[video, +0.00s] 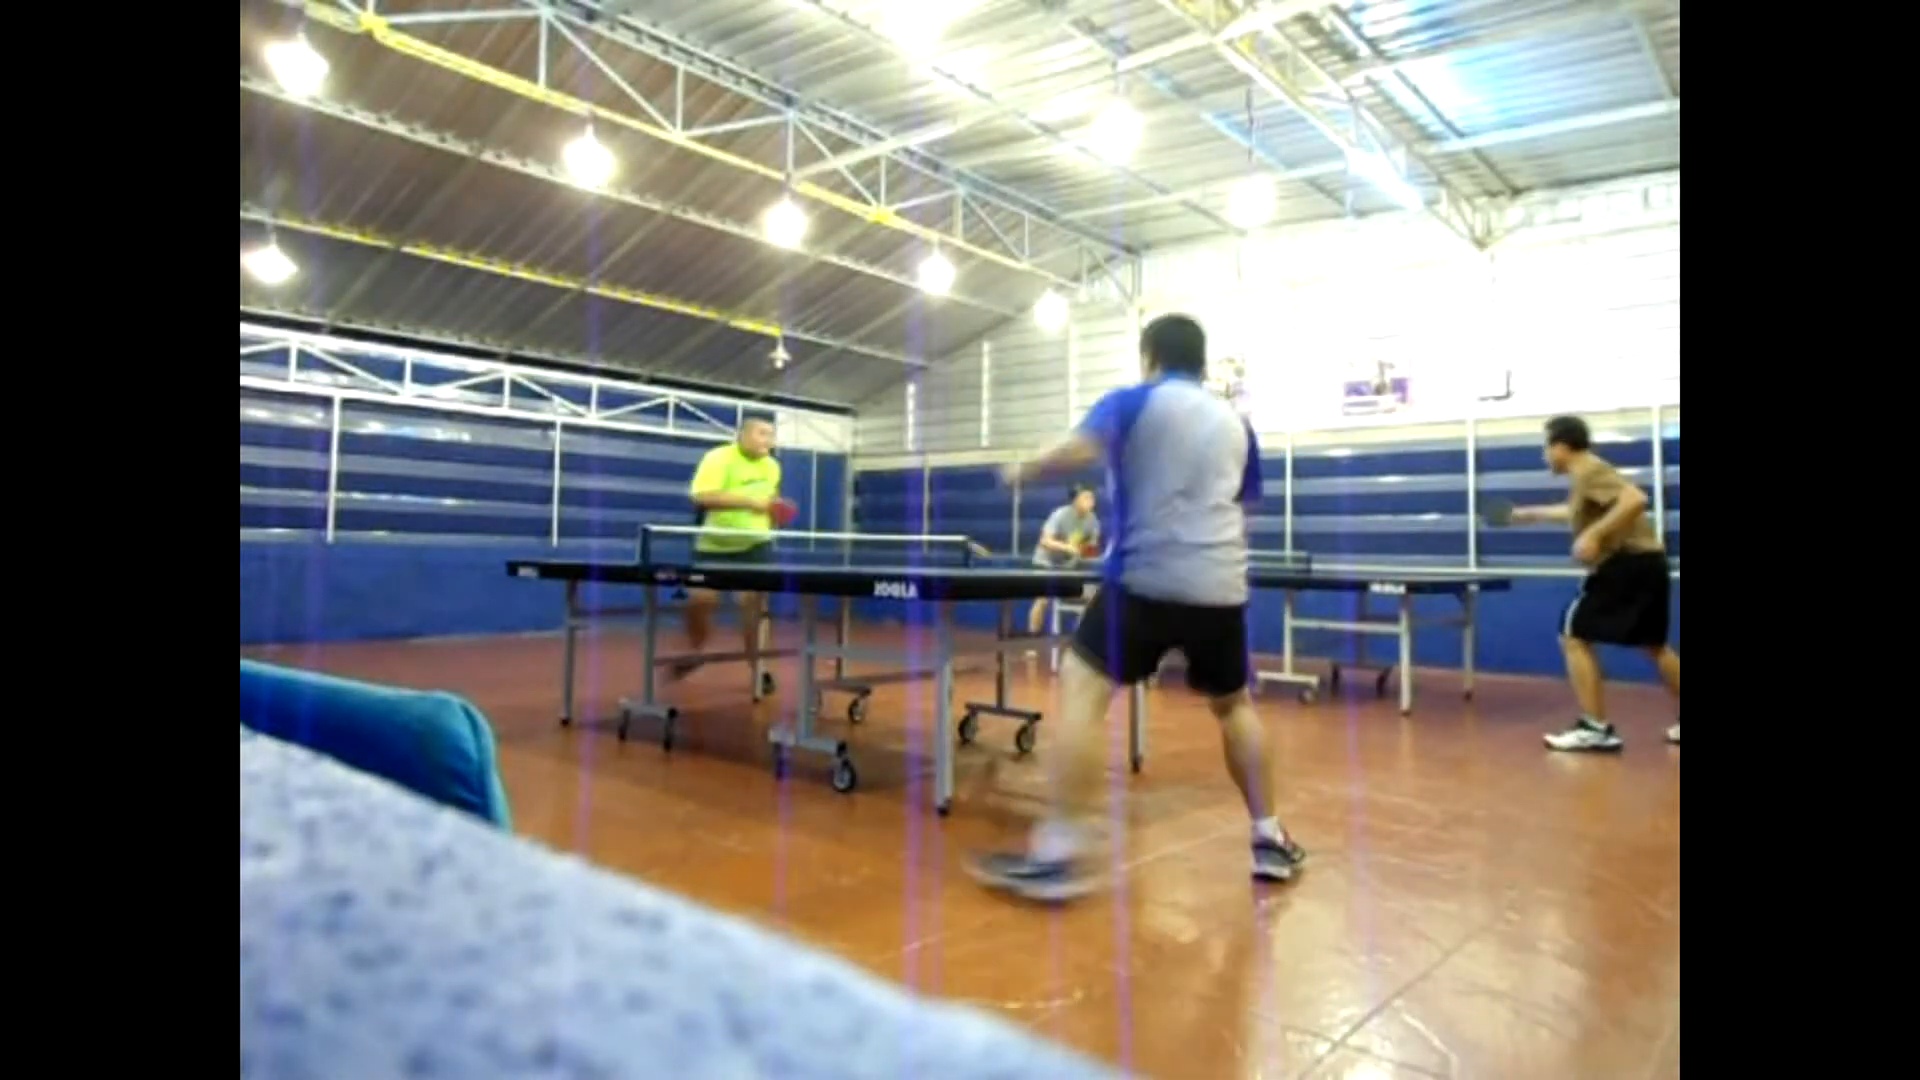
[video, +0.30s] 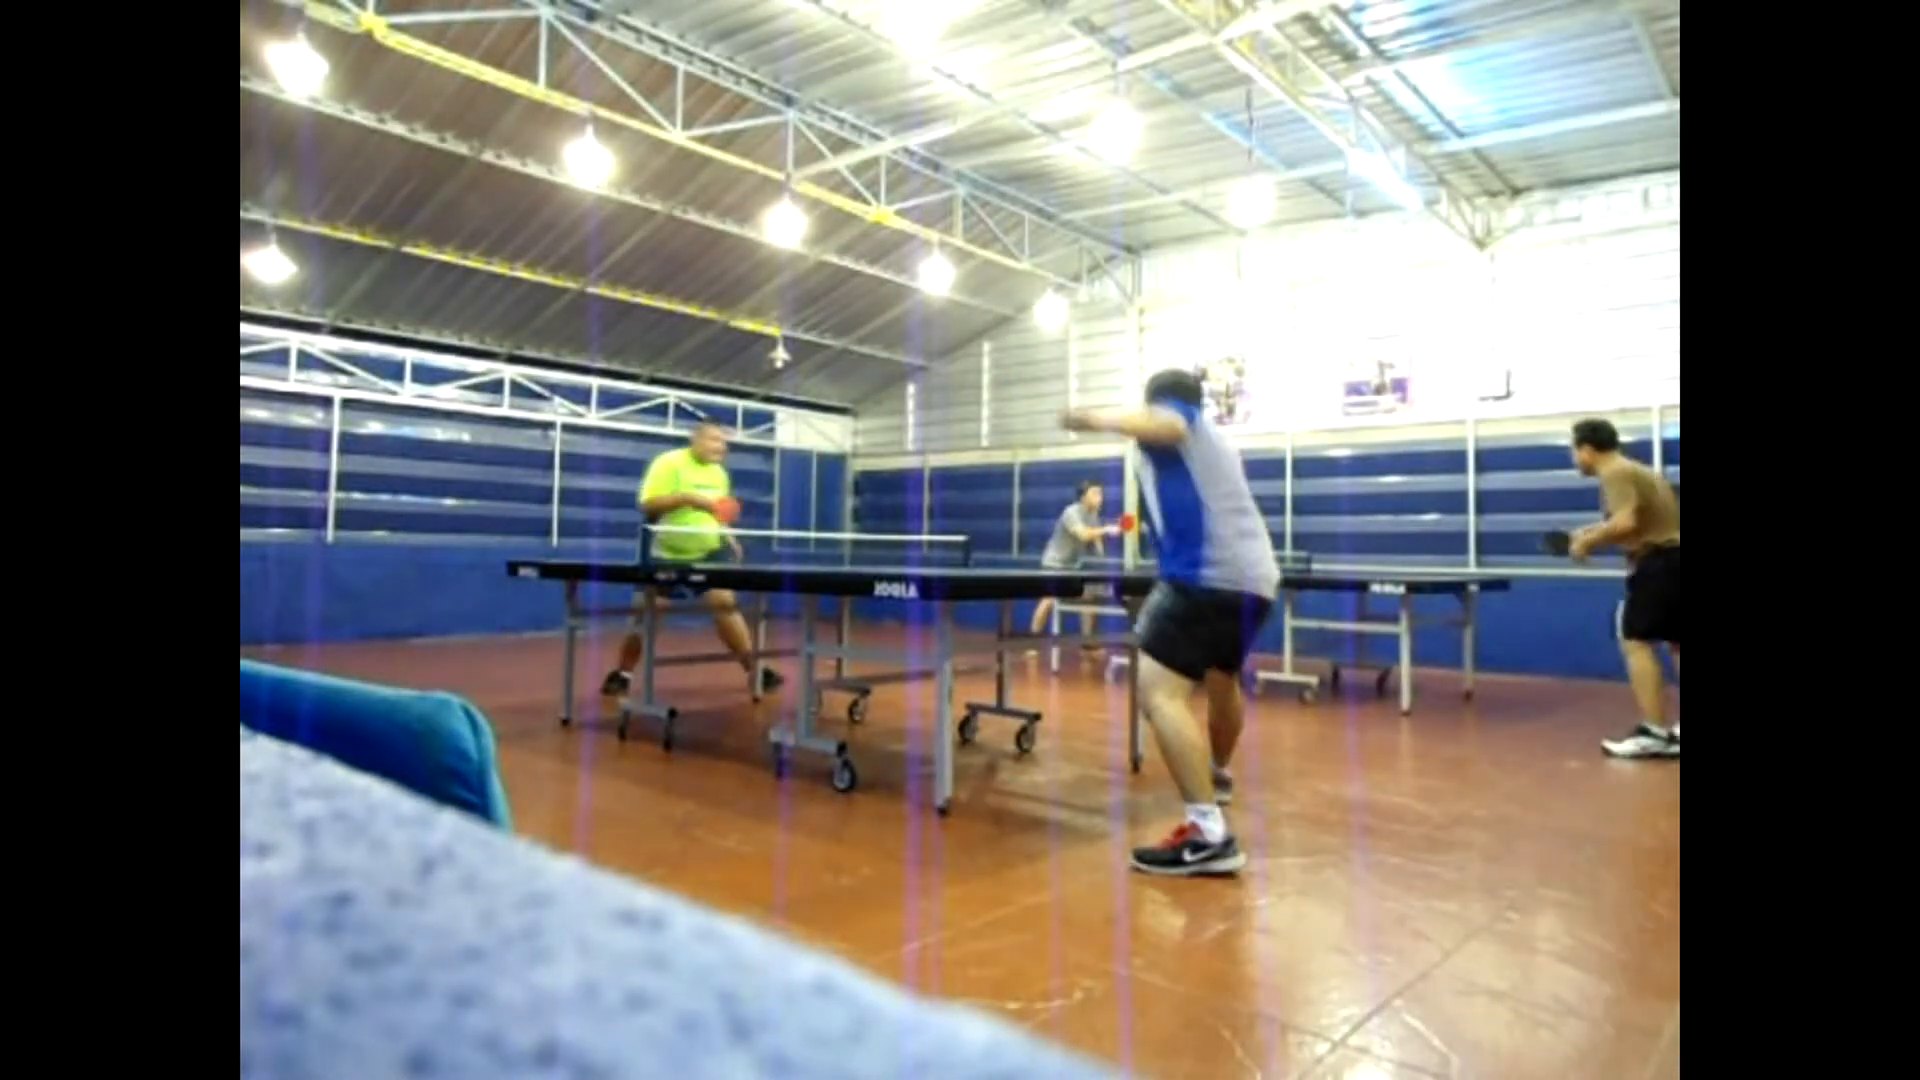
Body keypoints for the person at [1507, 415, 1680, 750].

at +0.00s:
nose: (1547, 455)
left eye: (1549, 447)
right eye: (1547, 447)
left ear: (1564, 446)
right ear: (1575, 445)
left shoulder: (1589, 470)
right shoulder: (1586, 474)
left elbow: (1633, 498)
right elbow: (1577, 511)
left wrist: (1595, 534)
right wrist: (1533, 514)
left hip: (1624, 563)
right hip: (1649, 562)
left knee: (1574, 638)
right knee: (1655, 645)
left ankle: (1595, 725)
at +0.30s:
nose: (1575, 458)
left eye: (1577, 450)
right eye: (1575, 450)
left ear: (1591, 449)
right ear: (1608, 445)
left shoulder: (1616, 472)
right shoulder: (1636, 471)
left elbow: (1626, 521)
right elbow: (1634, 524)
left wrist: (1588, 540)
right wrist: (1592, 533)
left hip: (1659, 557)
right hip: (1671, 553)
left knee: (1636, 641)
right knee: (1671, 642)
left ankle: (1654, 728)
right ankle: (1666, 726)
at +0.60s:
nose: (1592, 485)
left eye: (1593, 476)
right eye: (1590, 477)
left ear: (1608, 469)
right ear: (1613, 468)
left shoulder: (1640, 495)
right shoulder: (1643, 489)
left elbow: (1639, 557)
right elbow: (1641, 556)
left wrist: (1605, 581)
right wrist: (1608, 579)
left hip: (1679, 577)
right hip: (1677, 576)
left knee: (1665, 635)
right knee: (1662, 633)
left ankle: (1673, 717)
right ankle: (1672, 715)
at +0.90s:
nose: (1603, 498)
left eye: (1602, 488)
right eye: (1599, 491)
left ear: (1620, 477)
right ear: (1622, 476)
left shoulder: (1662, 499)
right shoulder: (1657, 496)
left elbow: (1673, 564)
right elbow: (1671, 561)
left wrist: (1642, 600)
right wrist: (1646, 597)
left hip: (1676, 598)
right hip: (1673, 597)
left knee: (1675, 649)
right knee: (1674, 648)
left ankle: (1678, 737)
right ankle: (1677, 736)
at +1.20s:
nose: (1642, 476)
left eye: (1644, 467)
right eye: (1637, 469)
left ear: (1663, 455)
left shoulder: (1674, 480)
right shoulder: (1655, 487)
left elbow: (1664, 534)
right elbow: (1663, 536)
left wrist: (1656, 586)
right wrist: (1656, 586)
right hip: (1676, 579)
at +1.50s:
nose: (1676, 442)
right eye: (1675, 434)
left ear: (1673, 437)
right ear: (1672, 436)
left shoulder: (1658, 476)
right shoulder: (1657, 476)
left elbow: (1637, 524)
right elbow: (1637, 524)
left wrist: (1628, 577)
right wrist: (1628, 576)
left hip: (1670, 573)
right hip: (1670, 572)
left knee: (1666, 655)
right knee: (1664, 655)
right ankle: (1676, 722)